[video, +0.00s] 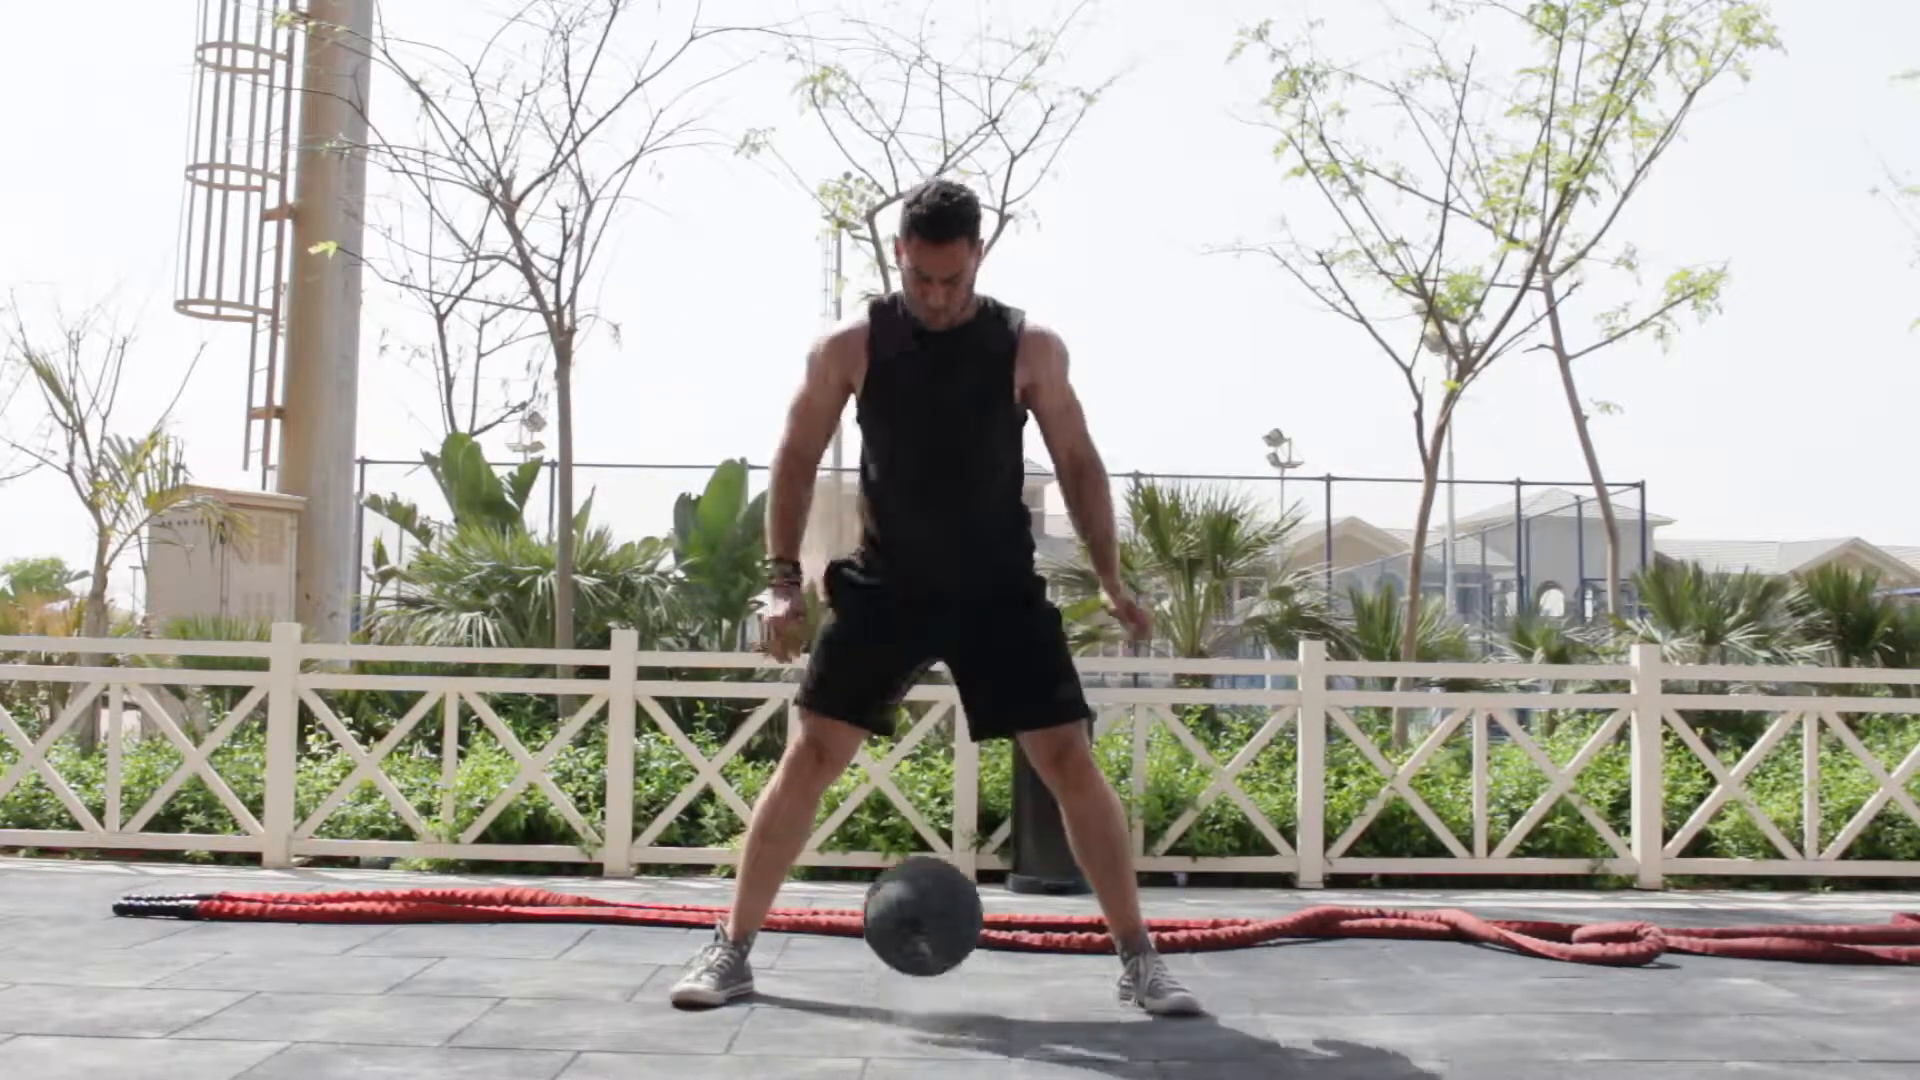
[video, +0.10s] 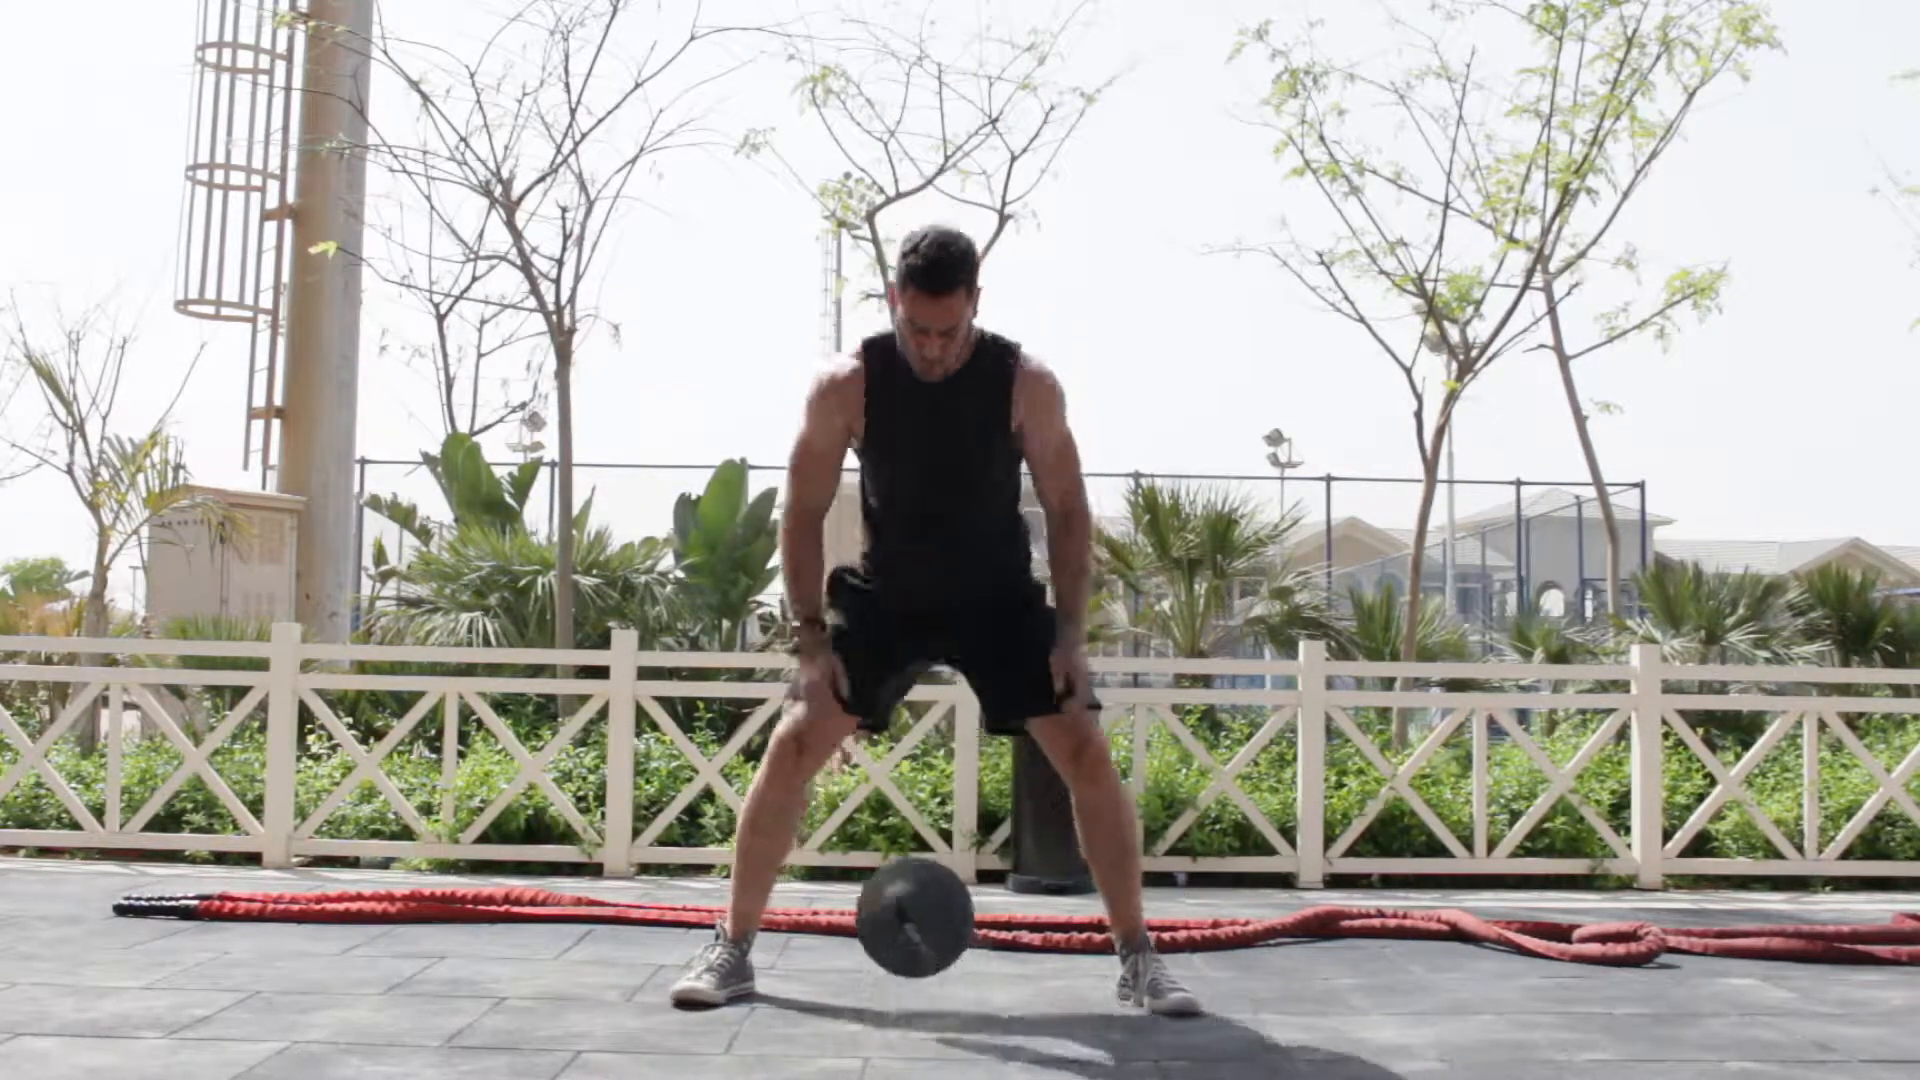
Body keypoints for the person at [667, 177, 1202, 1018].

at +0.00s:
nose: (939, 296)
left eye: (954, 279)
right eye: (924, 278)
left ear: (979, 262)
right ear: (898, 259)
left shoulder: (1031, 353)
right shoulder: (849, 352)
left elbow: (1079, 466)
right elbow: (796, 461)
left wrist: (1110, 578)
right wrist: (783, 577)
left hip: (999, 596)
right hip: (886, 592)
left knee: (1067, 756)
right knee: (809, 755)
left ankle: (1140, 958)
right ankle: (731, 948)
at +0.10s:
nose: (933, 348)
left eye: (949, 330)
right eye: (918, 330)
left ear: (976, 307)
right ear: (891, 306)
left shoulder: (1026, 387)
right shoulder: (845, 388)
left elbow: (1067, 509)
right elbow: (802, 514)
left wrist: (1070, 635)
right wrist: (810, 641)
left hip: (999, 604)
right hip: (888, 602)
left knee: (1085, 750)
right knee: (797, 738)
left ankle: (1138, 959)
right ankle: (731, 947)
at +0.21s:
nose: (928, 454)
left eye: (944, 439)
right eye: (913, 437)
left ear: (971, 411)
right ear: (891, 408)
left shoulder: (1017, 476)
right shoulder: (846, 486)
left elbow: (1038, 626)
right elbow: (820, 630)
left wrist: (1023, 765)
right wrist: (835, 762)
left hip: (993, 645)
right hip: (884, 644)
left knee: (1097, 746)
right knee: (774, 745)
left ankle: (1137, 957)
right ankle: (729, 952)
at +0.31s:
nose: (929, 587)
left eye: (946, 571)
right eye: (914, 570)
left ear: (971, 540)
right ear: (887, 534)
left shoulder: (1015, 581)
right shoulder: (837, 586)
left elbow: (1013, 740)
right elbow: (833, 744)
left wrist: (993, 880)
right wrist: (841, 880)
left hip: (986, 699)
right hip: (874, 698)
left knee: (1103, 755)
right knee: (756, 754)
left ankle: (1138, 961)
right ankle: (727, 953)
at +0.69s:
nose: (935, 476)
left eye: (951, 458)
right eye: (920, 457)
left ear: (976, 445)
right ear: (895, 439)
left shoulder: (1019, 514)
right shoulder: (849, 518)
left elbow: (1026, 646)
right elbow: (837, 642)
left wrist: (990, 759)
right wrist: (846, 744)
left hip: (990, 672)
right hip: (877, 670)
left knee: (1096, 755)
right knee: (755, 747)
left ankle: (1139, 963)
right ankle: (725, 953)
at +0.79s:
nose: (935, 334)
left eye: (951, 319)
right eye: (920, 318)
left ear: (974, 322)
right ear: (895, 317)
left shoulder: (1022, 412)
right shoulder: (847, 419)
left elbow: (1048, 517)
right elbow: (828, 528)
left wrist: (1020, 576)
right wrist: (856, 580)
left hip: (993, 597)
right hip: (877, 599)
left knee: (1076, 745)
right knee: (780, 739)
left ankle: (1139, 959)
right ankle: (729, 950)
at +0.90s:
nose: (940, 244)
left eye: (955, 230)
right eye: (924, 230)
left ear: (978, 239)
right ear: (901, 239)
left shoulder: (1017, 329)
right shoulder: (860, 335)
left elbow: (1070, 444)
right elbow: (817, 456)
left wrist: (1025, 389)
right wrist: (858, 401)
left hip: (993, 577)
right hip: (886, 575)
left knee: (1066, 747)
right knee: (800, 737)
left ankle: (1134, 956)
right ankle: (730, 949)